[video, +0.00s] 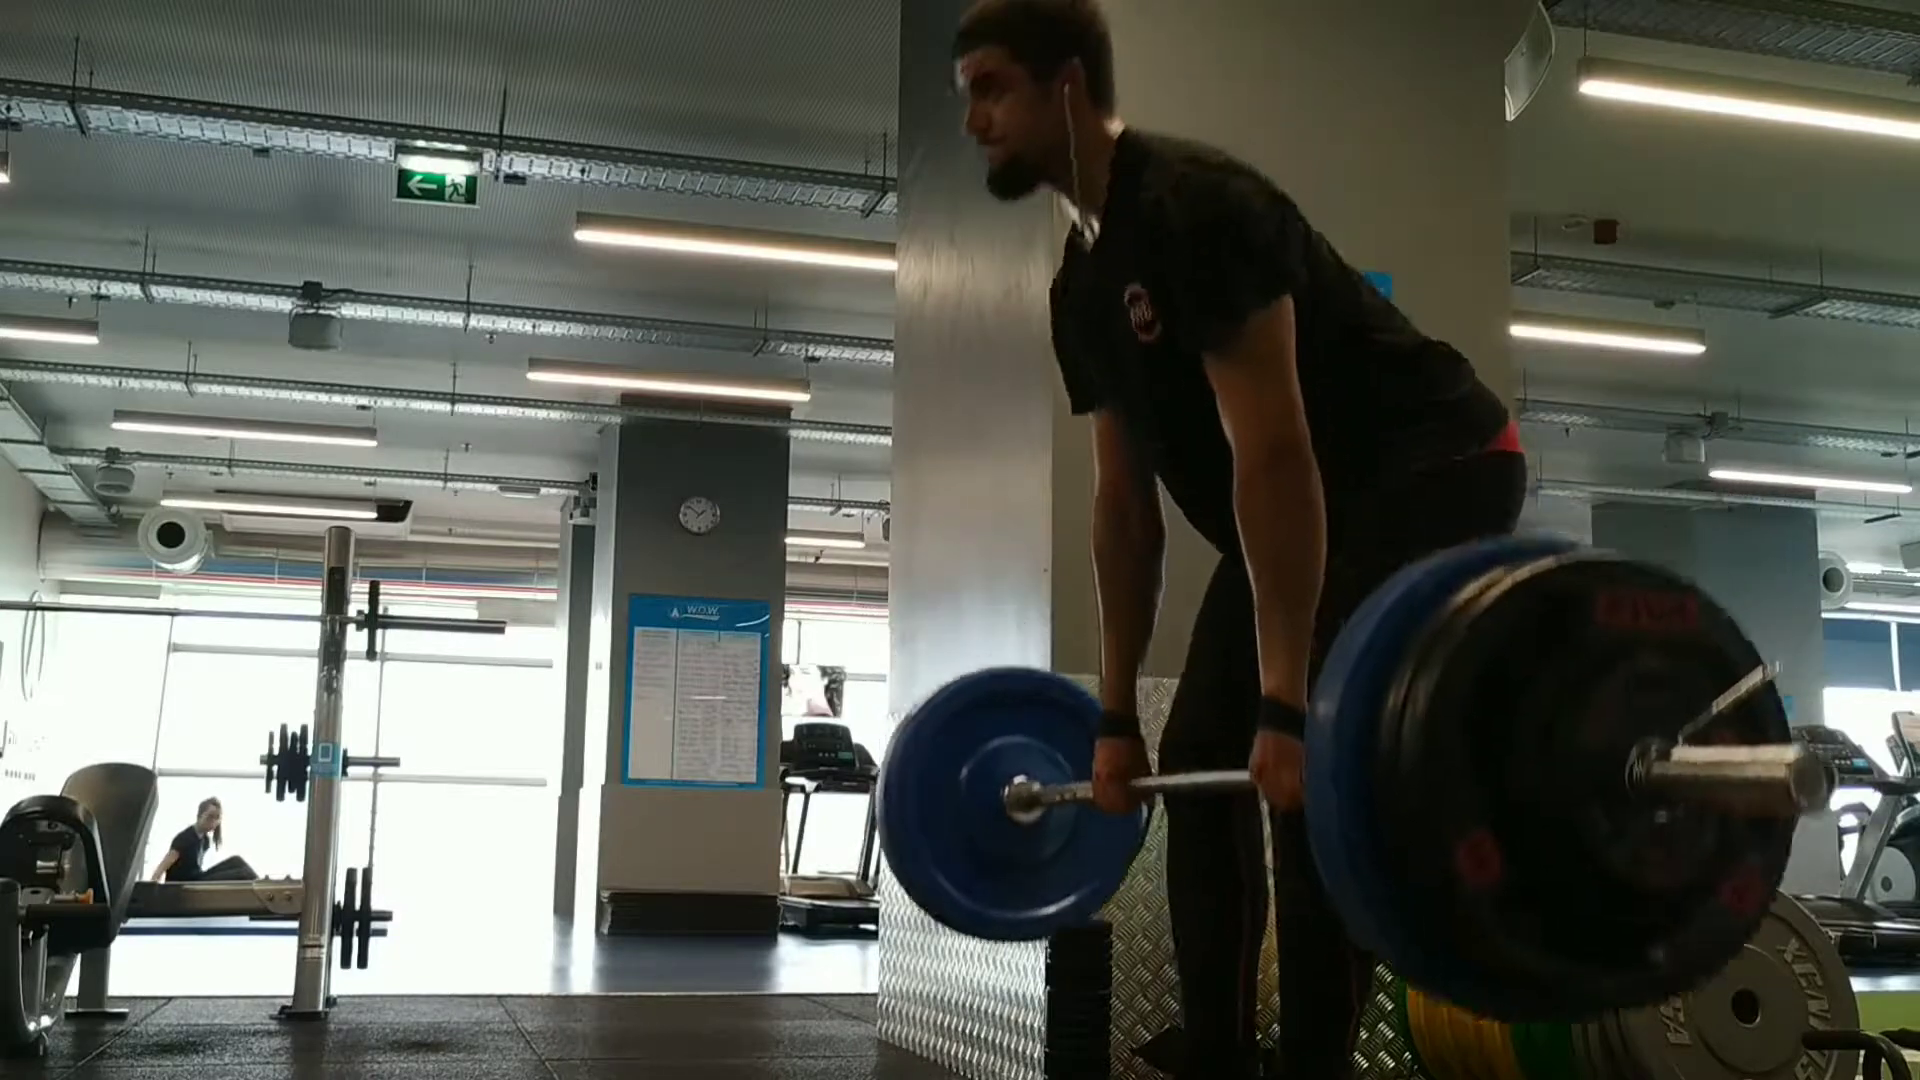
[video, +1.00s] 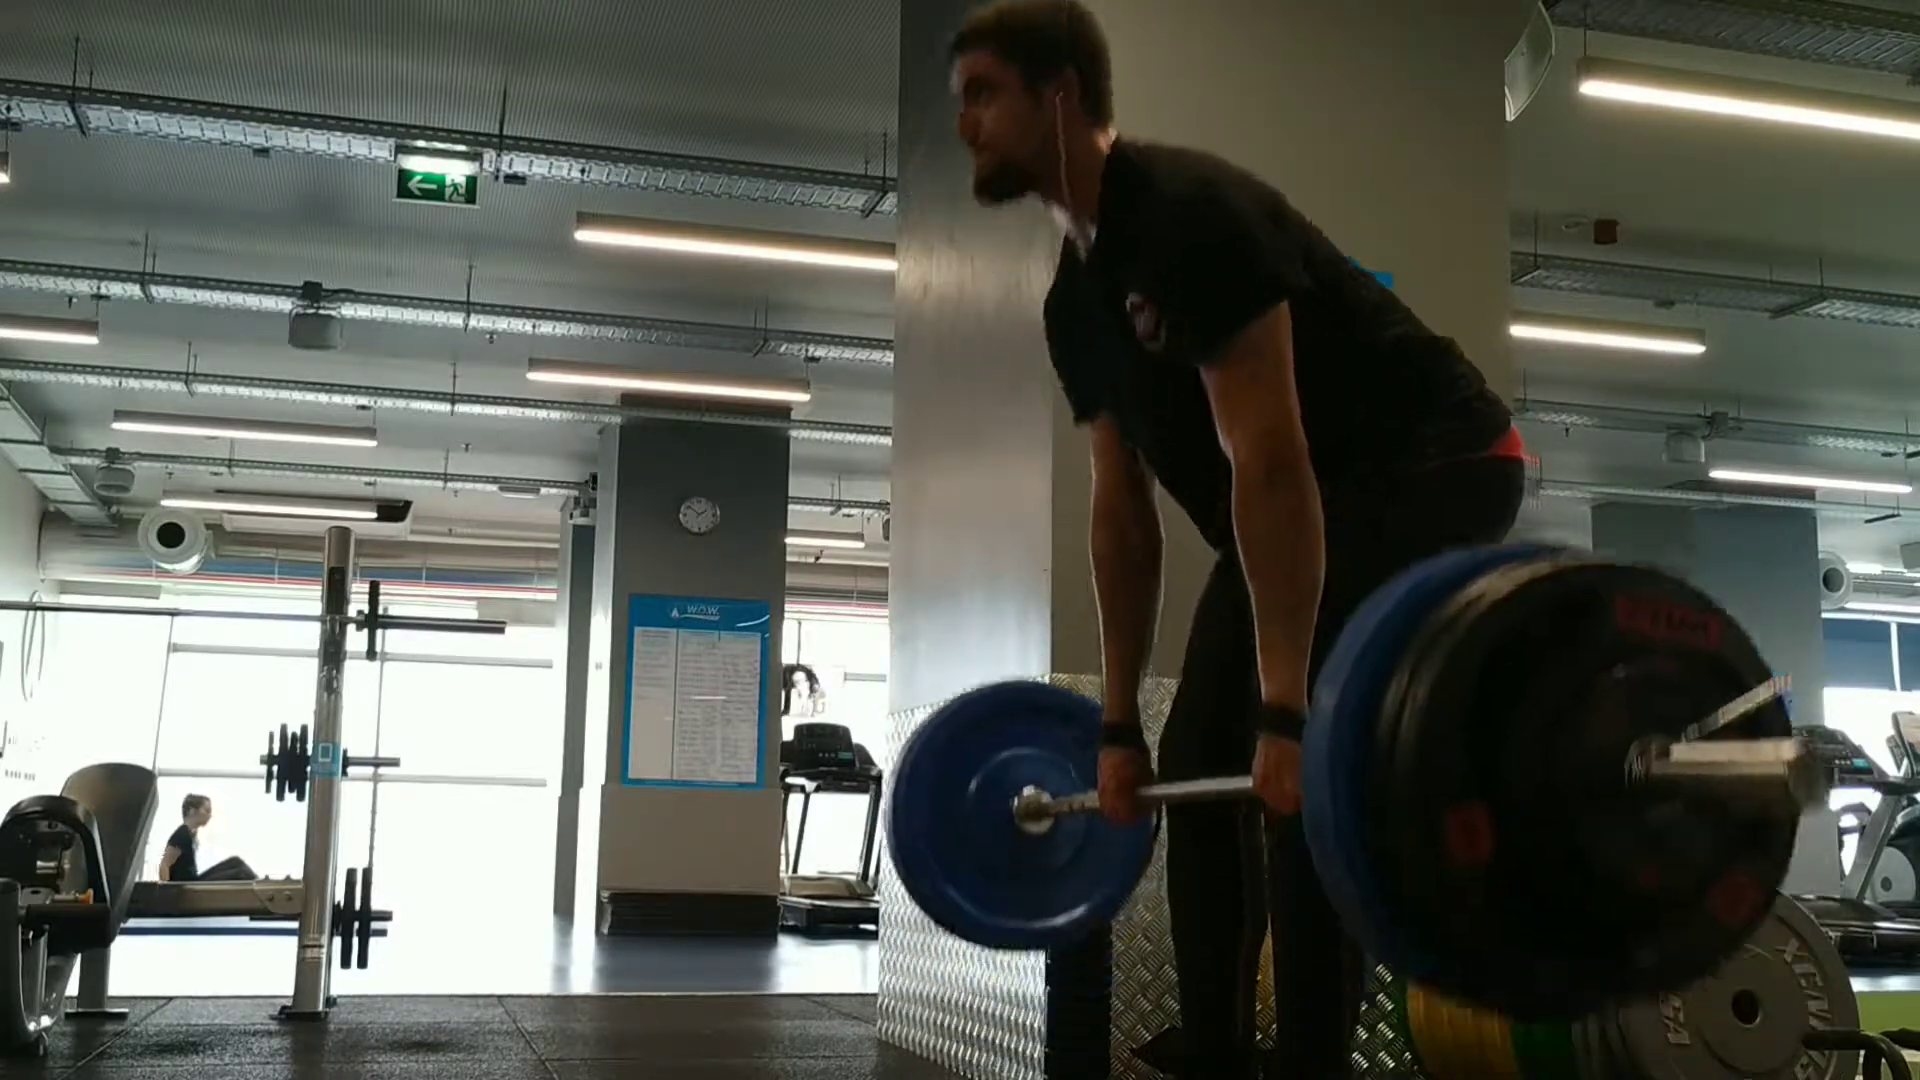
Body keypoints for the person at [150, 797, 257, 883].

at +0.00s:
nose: (213, 821)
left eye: (217, 818)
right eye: (210, 816)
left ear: (220, 821)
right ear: (200, 815)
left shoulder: (204, 839)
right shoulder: (186, 838)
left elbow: (193, 863)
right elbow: (163, 866)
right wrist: (151, 887)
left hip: (196, 879)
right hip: (184, 885)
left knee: (236, 861)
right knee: (240, 872)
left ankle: (259, 885)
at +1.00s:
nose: (210, 815)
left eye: (210, 811)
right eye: (206, 810)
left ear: (192, 812)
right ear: (192, 812)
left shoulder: (191, 833)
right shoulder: (182, 834)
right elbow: (164, 865)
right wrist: (166, 890)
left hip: (192, 882)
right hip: (183, 887)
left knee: (235, 862)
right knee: (239, 873)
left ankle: (258, 884)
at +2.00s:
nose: (217, 820)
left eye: (218, 816)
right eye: (217, 815)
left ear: (202, 815)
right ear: (208, 815)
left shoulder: (201, 836)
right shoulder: (199, 837)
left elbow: (186, 869)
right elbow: (185, 869)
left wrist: (173, 891)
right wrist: (172, 892)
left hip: (227, 880)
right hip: (227, 883)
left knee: (267, 847)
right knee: (273, 853)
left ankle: (287, 886)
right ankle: (292, 888)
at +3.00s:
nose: (222, 824)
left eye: (222, 820)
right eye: (222, 821)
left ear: (201, 820)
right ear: (218, 822)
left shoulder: (191, 845)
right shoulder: (212, 847)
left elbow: (177, 874)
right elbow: (190, 874)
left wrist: (169, 891)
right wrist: (178, 891)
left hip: (219, 887)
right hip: (235, 886)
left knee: (269, 851)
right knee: (276, 854)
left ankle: (285, 885)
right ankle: (295, 887)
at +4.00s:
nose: (290, 824)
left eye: (290, 819)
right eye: (288, 819)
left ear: (274, 818)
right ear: (275, 818)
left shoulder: (266, 835)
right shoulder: (264, 835)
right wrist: (283, 886)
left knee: (295, 867)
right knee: (295, 867)